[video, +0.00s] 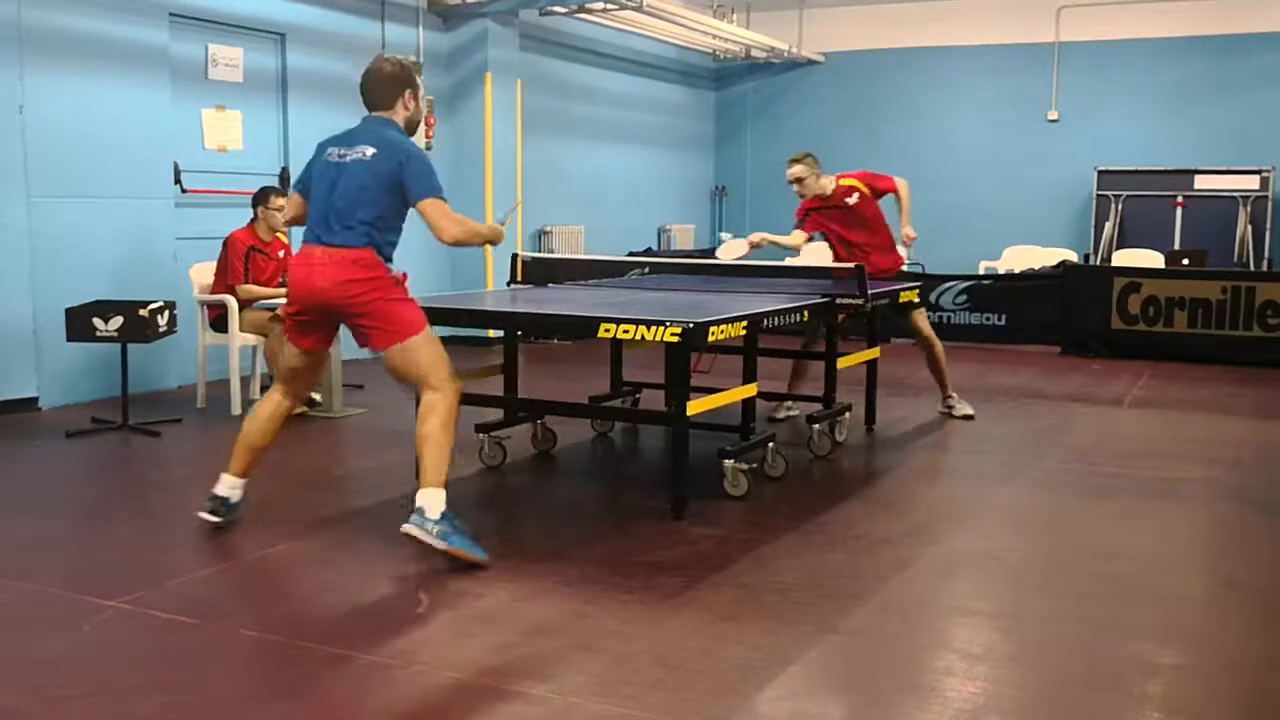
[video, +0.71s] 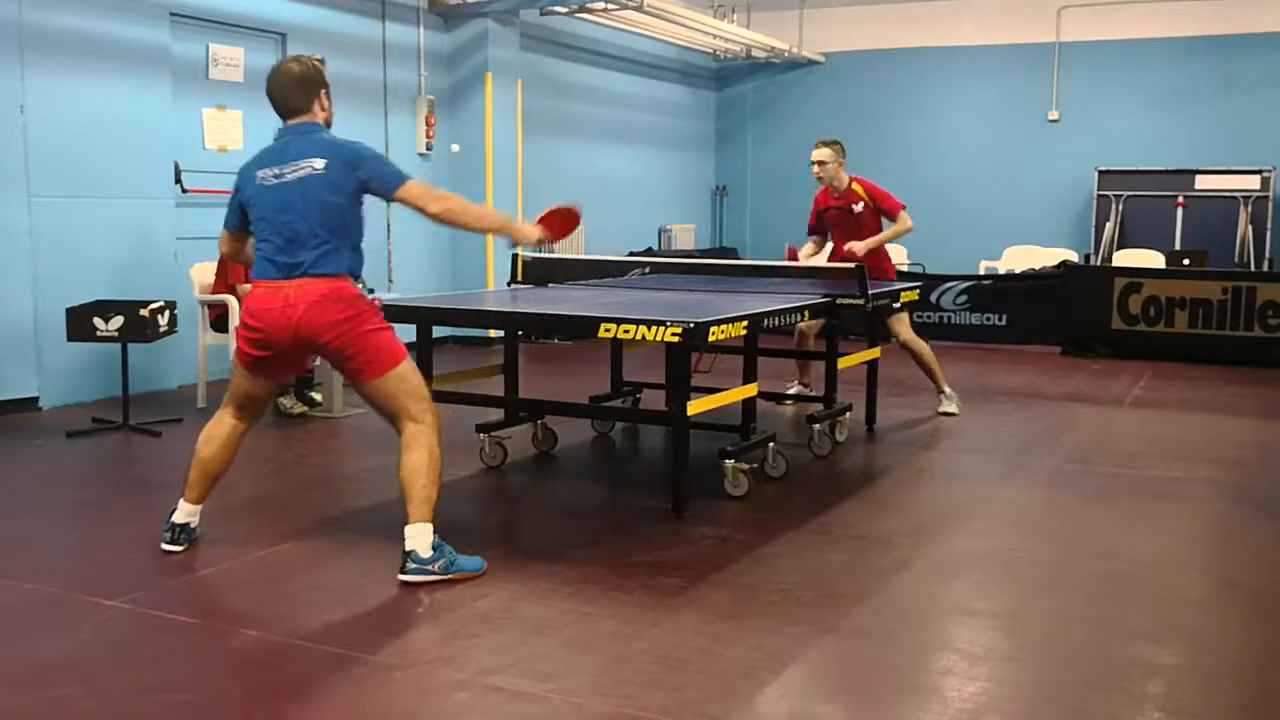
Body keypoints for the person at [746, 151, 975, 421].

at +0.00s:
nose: (796, 189)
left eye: (799, 181)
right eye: (792, 184)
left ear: (818, 175)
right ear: (796, 184)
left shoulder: (855, 182)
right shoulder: (810, 210)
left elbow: (900, 185)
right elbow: (797, 241)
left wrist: (905, 226)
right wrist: (767, 238)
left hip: (892, 275)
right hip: (850, 282)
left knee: (926, 333)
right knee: (814, 338)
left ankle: (949, 397)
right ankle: (789, 399)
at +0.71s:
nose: (815, 170)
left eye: (821, 164)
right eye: (813, 165)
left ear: (840, 164)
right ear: (814, 166)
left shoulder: (865, 190)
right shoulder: (821, 199)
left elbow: (906, 223)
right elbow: (817, 238)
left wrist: (867, 244)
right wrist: (803, 254)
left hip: (879, 279)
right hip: (839, 279)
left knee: (905, 337)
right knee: (804, 329)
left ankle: (945, 392)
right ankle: (803, 384)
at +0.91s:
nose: (783, 163)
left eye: (788, 157)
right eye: (783, 157)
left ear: (806, 160)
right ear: (802, 161)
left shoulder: (836, 186)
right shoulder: (803, 193)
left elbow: (872, 220)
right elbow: (823, 233)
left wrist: (840, 252)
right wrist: (810, 260)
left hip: (858, 275)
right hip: (824, 273)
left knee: (888, 331)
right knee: (793, 325)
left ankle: (942, 385)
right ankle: (803, 384)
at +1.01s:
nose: (774, 145)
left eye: (778, 139)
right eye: (774, 139)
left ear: (795, 142)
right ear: (789, 143)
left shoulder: (823, 169)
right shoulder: (797, 177)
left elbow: (855, 204)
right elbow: (814, 218)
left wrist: (823, 233)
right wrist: (799, 242)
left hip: (839, 263)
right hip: (811, 263)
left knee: (857, 325)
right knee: (792, 319)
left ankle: (907, 377)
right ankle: (803, 382)